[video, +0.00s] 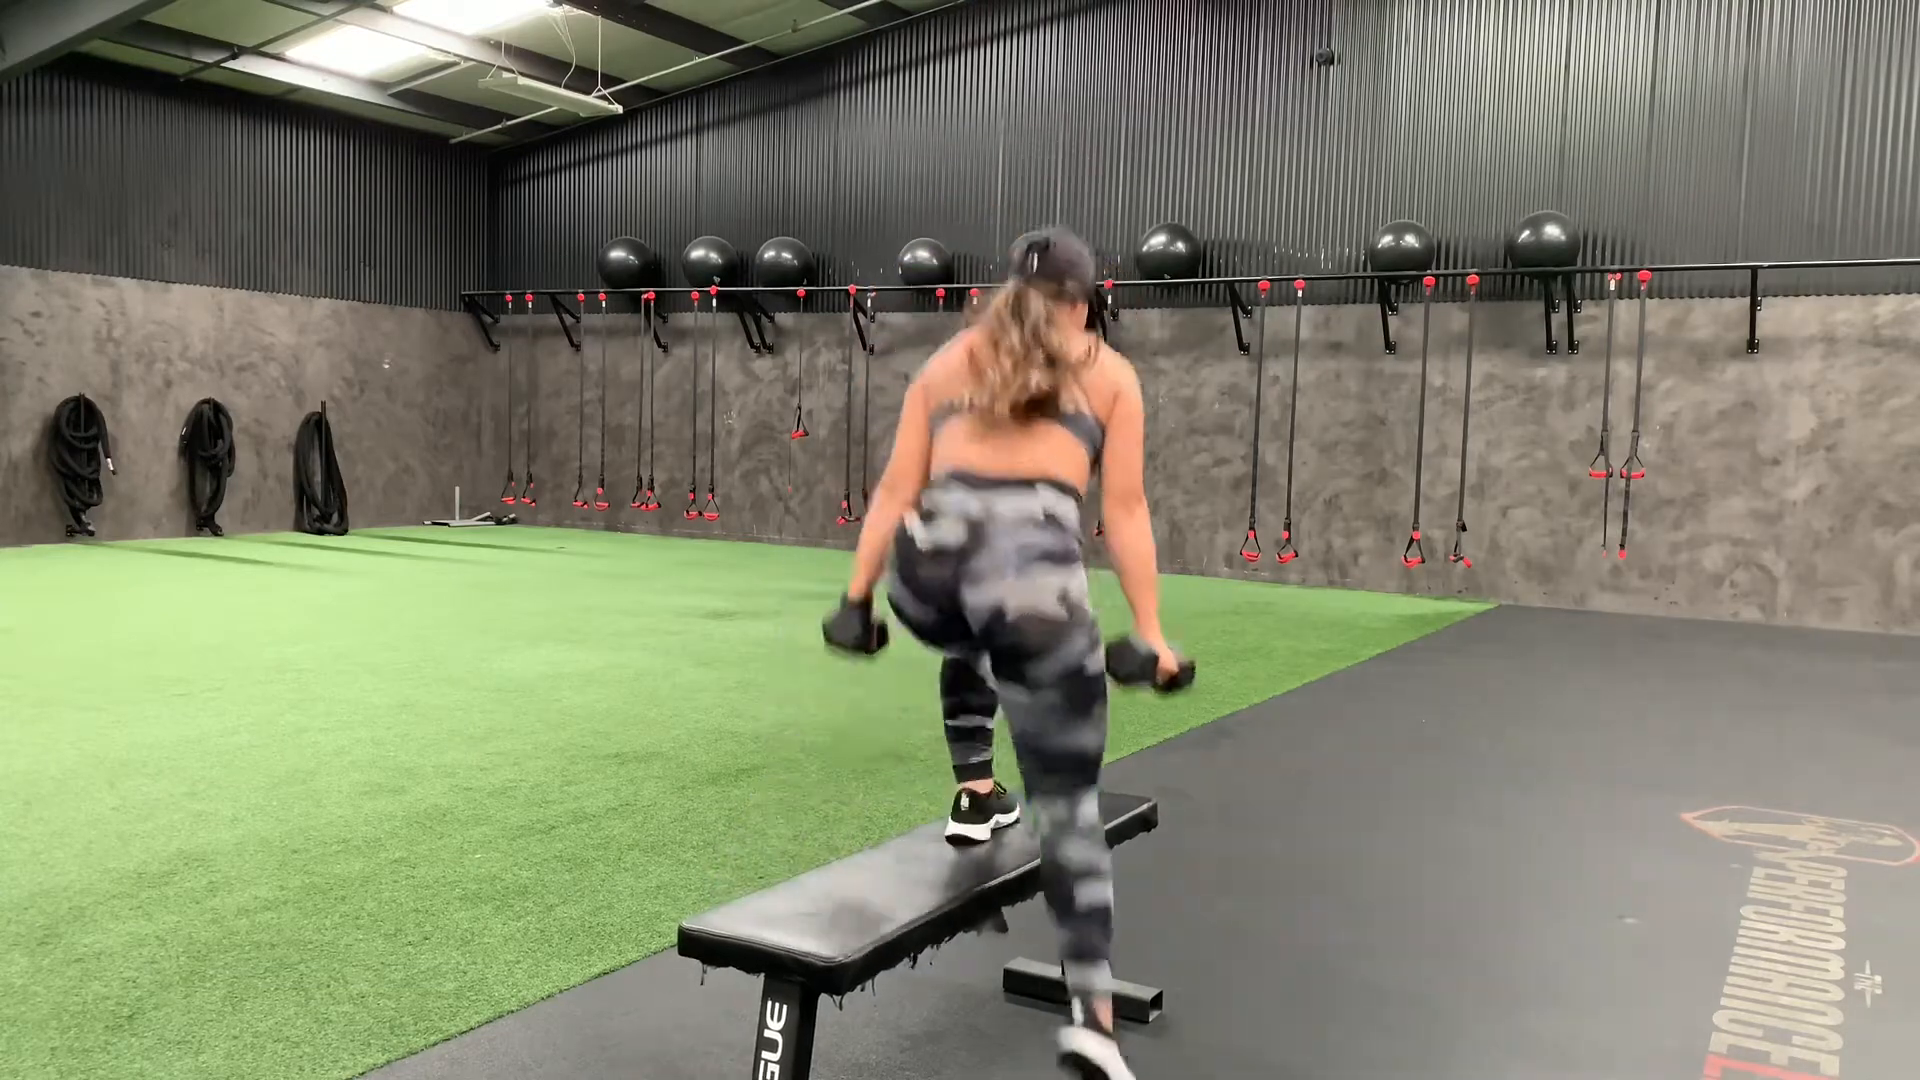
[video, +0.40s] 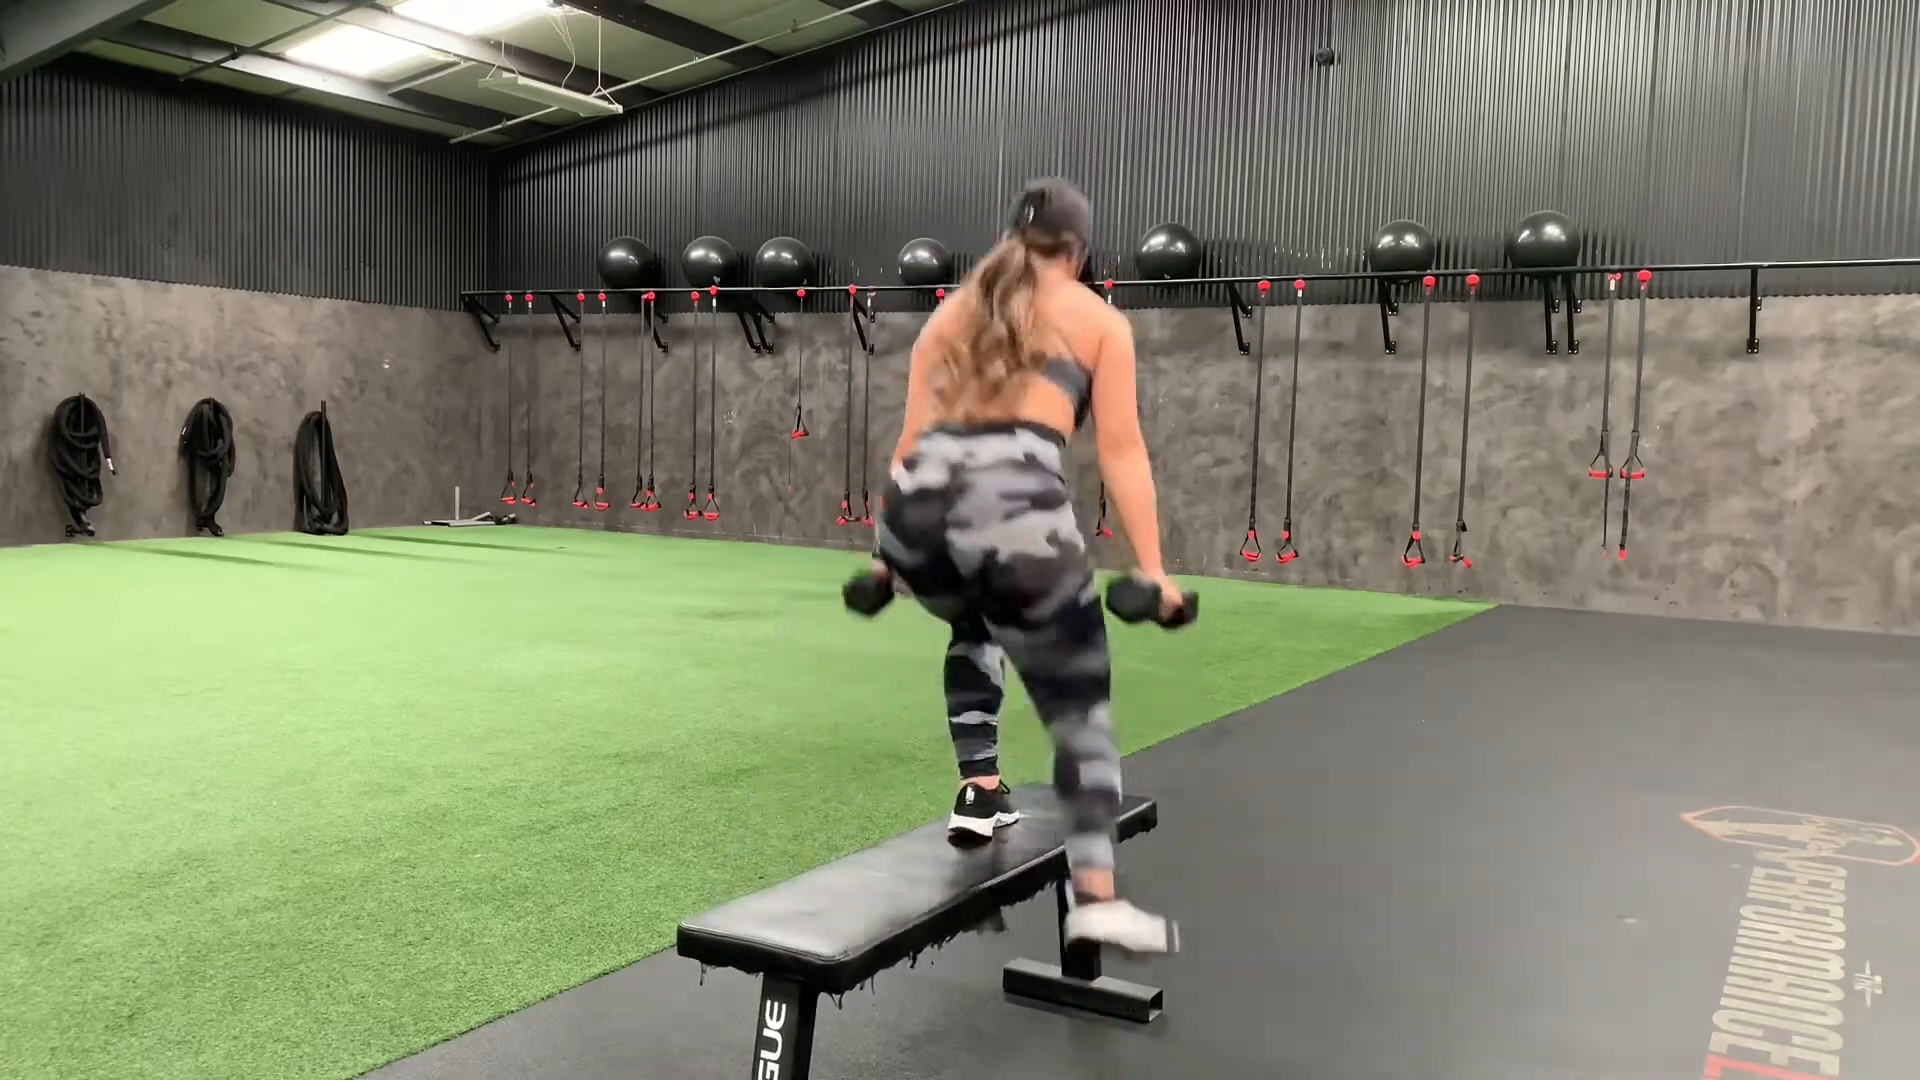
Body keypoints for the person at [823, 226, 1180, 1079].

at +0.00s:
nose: (1096, 309)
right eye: (1096, 296)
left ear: (1007, 291)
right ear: (1088, 299)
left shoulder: (949, 362)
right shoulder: (1111, 374)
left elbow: (898, 487)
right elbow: (1124, 510)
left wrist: (856, 595)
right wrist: (1150, 632)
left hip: (928, 564)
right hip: (1036, 569)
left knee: (965, 637)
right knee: (1066, 806)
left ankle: (974, 790)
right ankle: (1092, 1016)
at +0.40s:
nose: (1079, 263)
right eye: (1083, 252)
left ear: (1012, 240)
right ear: (1079, 249)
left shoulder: (950, 314)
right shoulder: (1098, 321)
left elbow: (912, 443)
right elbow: (1121, 448)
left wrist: (888, 557)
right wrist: (1154, 571)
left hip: (922, 517)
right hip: (1020, 515)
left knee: (973, 625)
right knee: (1076, 706)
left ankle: (980, 787)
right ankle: (1095, 894)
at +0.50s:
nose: (1092, 233)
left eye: (1090, 221)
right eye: (1093, 220)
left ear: (1022, 205)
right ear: (1085, 216)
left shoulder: (960, 264)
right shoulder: (1097, 278)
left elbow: (920, 379)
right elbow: (1110, 410)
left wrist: (877, 507)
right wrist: (1130, 531)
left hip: (892, 455)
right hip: (995, 458)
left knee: (960, 594)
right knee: (1071, 615)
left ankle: (946, 765)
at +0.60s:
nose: (1096, 231)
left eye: (1094, 218)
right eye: (1097, 217)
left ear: (1028, 202)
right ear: (1089, 212)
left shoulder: (973, 257)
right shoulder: (1093, 275)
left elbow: (925, 372)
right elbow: (1093, 403)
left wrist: (866, 503)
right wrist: (1105, 530)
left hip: (880, 452)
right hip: (977, 451)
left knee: (952, 607)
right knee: (1063, 597)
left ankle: (851, 758)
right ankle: (1009, 776)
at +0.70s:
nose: (1095, 272)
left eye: (1095, 260)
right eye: (1095, 260)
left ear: (1031, 245)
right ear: (1087, 255)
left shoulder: (972, 296)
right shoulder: (1085, 312)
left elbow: (935, 414)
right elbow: (1076, 446)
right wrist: (1081, 571)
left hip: (871, 501)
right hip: (956, 501)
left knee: (894, 684)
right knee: (1053, 619)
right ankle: (987, 797)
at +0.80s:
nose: (1089, 353)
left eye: (1090, 340)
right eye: (1089, 341)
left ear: (1026, 328)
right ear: (1076, 339)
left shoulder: (965, 381)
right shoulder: (1069, 404)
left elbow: (924, 498)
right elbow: (1057, 540)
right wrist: (1059, 665)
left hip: (863, 586)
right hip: (947, 595)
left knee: (837, 773)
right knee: (1076, 628)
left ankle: (754, 941)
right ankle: (993, 793)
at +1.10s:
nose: (1100, 314)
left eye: (1097, 302)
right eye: (1101, 302)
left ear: (1029, 290)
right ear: (1097, 303)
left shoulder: (974, 343)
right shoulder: (1100, 366)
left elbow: (933, 441)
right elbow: (1081, 500)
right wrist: (1079, 625)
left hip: (861, 543)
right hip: (953, 553)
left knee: (851, 729)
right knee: (1047, 614)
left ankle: (774, 900)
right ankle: (989, 790)